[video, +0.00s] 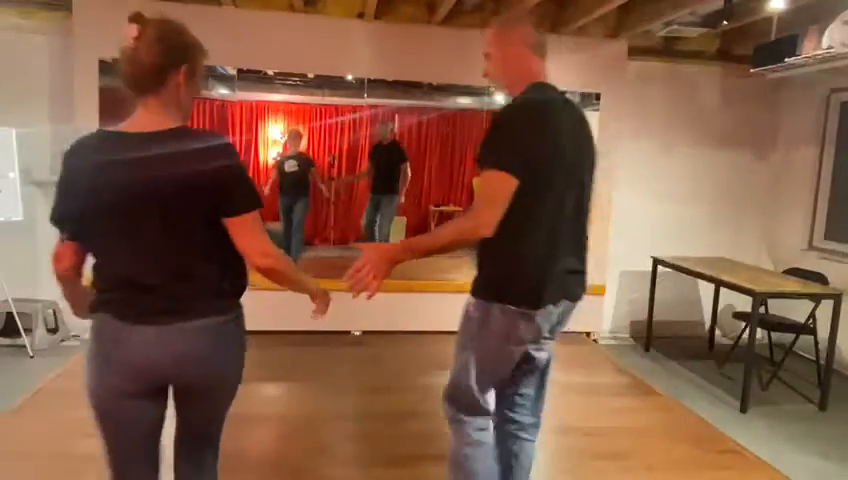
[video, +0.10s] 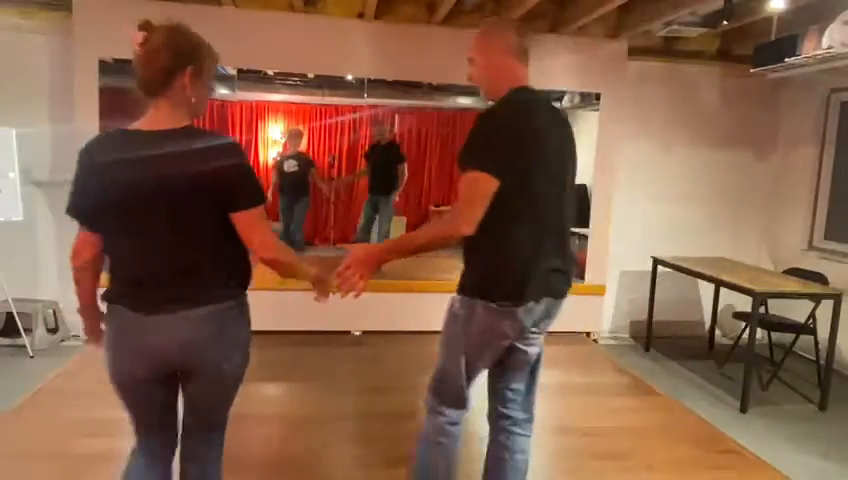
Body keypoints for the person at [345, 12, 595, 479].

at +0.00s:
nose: (486, 68)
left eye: (491, 56)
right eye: (486, 57)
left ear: (516, 52)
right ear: (530, 54)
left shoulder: (519, 118)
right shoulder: (572, 118)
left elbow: (482, 220)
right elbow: (557, 209)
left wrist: (396, 252)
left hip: (512, 292)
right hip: (559, 289)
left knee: (468, 405)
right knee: (518, 414)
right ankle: (512, 478)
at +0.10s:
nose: (471, 73)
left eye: (474, 61)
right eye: (471, 62)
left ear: (497, 59)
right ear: (516, 60)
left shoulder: (499, 122)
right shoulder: (555, 121)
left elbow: (464, 219)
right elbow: (550, 210)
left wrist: (381, 252)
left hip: (497, 287)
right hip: (547, 285)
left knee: (445, 402)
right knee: (513, 415)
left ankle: (430, 477)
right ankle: (506, 479)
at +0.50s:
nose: (411, 77)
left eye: (415, 69)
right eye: (412, 69)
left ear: (434, 68)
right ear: (454, 69)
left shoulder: (434, 131)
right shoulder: (486, 126)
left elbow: (412, 218)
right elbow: (482, 204)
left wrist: (355, 249)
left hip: (436, 274)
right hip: (483, 271)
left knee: (417, 370)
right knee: (476, 384)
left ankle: (396, 460)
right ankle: (490, 475)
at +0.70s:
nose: (389, 81)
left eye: (394, 72)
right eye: (389, 73)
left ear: (417, 69)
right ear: (428, 71)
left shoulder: (420, 127)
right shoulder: (455, 124)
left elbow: (406, 210)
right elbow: (451, 203)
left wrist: (354, 243)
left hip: (416, 263)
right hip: (453, 263)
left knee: (401, 364)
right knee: (430, 358)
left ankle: (394, 459)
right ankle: (464, 459)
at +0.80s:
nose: (381, 79)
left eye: (387, 70)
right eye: (382, 71)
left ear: (409, 69)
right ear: (416, 71)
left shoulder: (414, 126)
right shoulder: (440, 123)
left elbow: (405, 209)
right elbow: (431, 200)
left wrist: (351, 239)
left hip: (409, 259)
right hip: (439, 256)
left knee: (396, 360)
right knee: (406, 352)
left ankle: (395, 459)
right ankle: (427, 443)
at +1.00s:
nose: (371, 84)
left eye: (377, 76)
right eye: (370, 77)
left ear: (402, 75)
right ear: (384, 79)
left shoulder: (410, 127)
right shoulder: (397, 124)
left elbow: (409, 205)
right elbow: (374, 182)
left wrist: (357, 235)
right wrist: (329, 187)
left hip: (402, 259)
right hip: (391, 255)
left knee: (378, 356)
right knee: (372, 337)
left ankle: (397, 461)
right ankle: (367, 404)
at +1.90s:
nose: (335, 99)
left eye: (343, 92)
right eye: (334, 92)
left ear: (366, 94)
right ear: (336, 96)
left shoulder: (384, 138)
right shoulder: (342, 141)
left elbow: (398, 199)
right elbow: (315, 186)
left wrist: (356, 235)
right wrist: (272, 195)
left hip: (375, 247)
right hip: (344, 244)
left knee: (337, 330)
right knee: (335, 324)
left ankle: (327, 439)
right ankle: (356, 404)